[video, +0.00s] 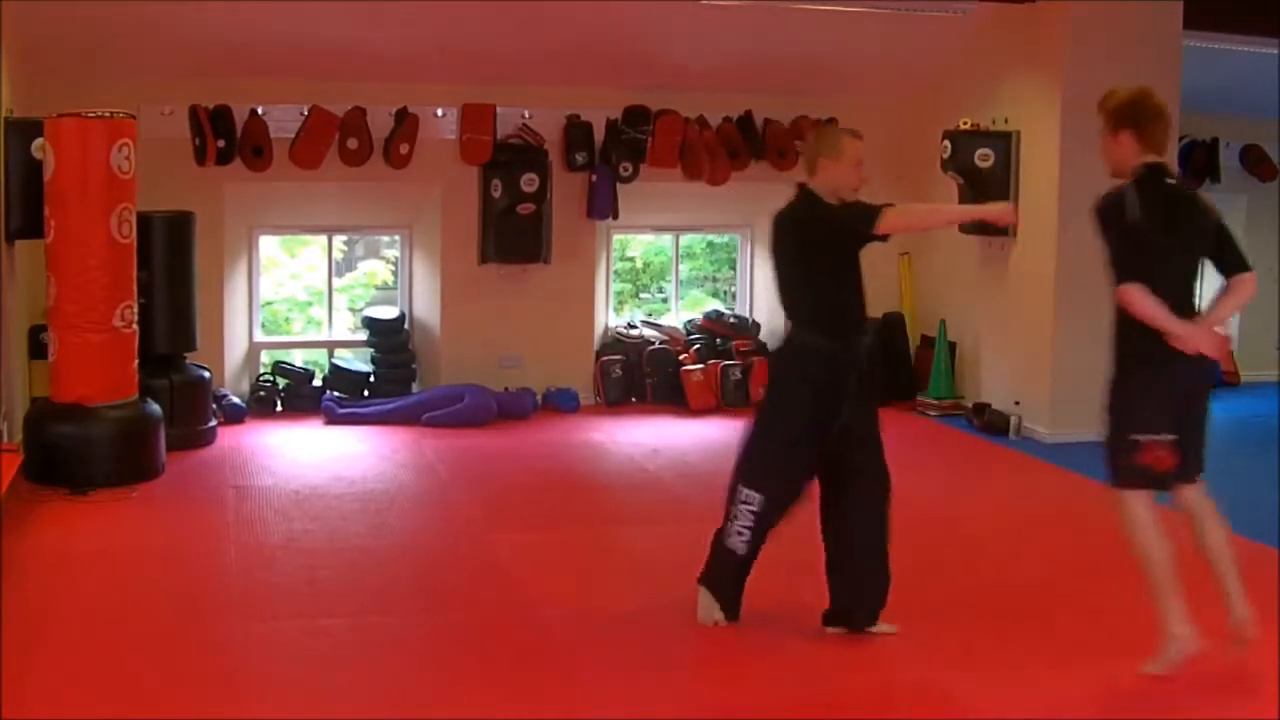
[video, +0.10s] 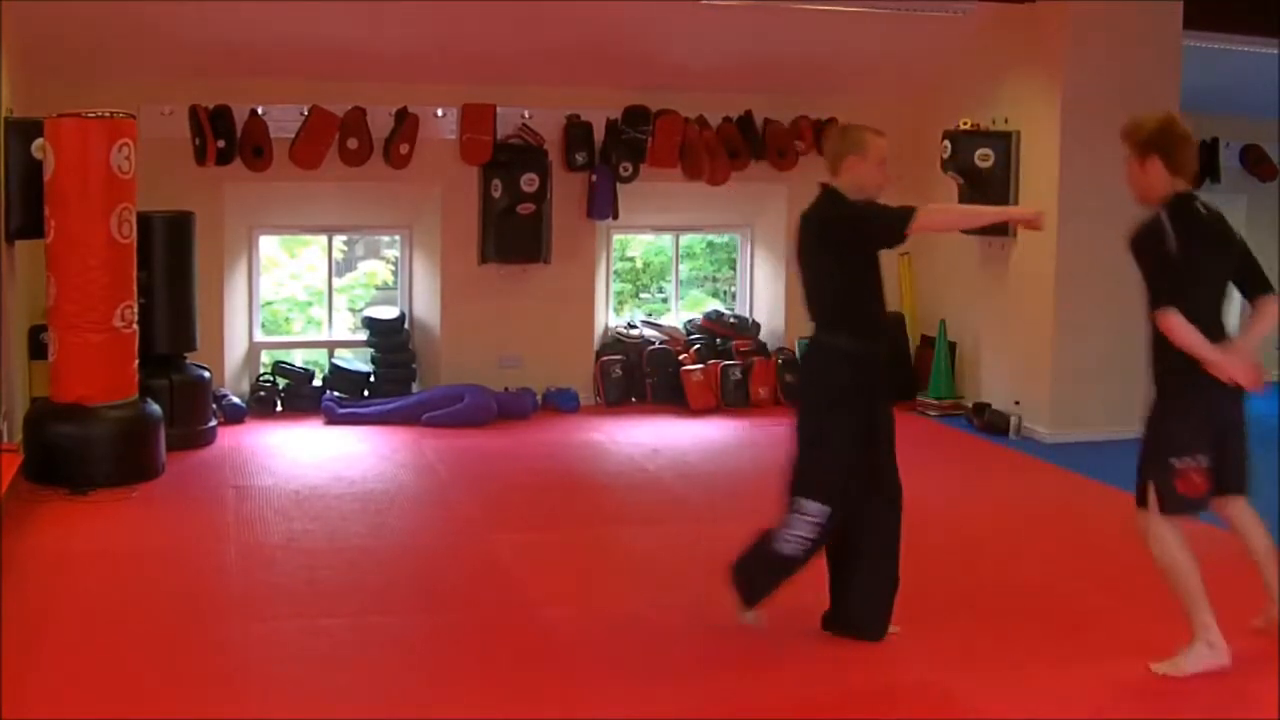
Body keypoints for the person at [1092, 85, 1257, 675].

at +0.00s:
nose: (1103, 147)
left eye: (1107, 136)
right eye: (1105, 136)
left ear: (1126, 139)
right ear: (1157, 139)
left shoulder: (1118, 202)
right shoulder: (1192, 201)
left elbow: (1129, 288)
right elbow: (1244, 280)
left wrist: (1183, 331)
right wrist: (1202, 326)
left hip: (1144, 366)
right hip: (1196, 363)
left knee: (1134, 495)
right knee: (1191, 488)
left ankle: (1177, 630)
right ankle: (1241, 613)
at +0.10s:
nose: (1128, 175)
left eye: (1133, 164)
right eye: (1130, 164)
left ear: (1154, 166)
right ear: (1180, 165)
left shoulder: (1153, 231)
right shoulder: (1215, 222)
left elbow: (1167, 316)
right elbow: (1267, 302)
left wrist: (1224, 361)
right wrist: (1237, 352)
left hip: (1181, 393)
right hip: (1224, 389)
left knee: (1154, 516)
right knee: (1231, 499)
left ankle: (1208, 640)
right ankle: (1278, 601)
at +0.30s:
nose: (1156, 267)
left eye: (1161, 256)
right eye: (1156, 256)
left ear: (1188, 256)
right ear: (1196, 256)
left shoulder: (1205, 312)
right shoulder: (1241, 301)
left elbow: (1254, 382)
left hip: (1253, 458)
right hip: (1268, 456)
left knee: (1141, 529)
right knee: (1245, 518)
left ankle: (1218, 638)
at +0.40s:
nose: (1158, 305)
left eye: (1163, 294)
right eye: (1157, 294)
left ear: (1192, 294)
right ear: (1197, 294)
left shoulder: (1206, 337)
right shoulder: (1244, 328)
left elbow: (1267, 402)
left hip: (1262, 480)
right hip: (1269, 477)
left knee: (1154, 542)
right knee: (1261, 540)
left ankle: (1211, 669)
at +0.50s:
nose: (1150, 326)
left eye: (1156, 315)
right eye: (1149, 316)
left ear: (1189, 316)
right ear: (1190, 317)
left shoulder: (1218, 359)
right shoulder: (1226, 350)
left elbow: (1274, 415)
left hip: (1267, 498)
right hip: (1265, 493)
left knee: (1163, 568)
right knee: (1256, 549)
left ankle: (1222, 697)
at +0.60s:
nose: (1144, 343)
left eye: (1149, 331)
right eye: (1143, 332)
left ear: (1185, 334)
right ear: (1185, 334)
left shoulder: (1235, 382)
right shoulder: (1218, 372)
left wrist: (1256, 538)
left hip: (1267, 515)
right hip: (1260, 505)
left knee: (1163, 572)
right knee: (1245, 565)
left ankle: (1222, 699)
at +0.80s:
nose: (1146, 354)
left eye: (1152, 345)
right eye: (1146, 344)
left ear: (1190, 350)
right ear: (1188, 350)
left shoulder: (1256, 394)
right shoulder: (1199, 377)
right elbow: (1246, 455)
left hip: (1268, 501)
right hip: (1242, 490)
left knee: (1175, 564)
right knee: (1208, 564)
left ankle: (1224, 699)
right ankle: (1275, 615)